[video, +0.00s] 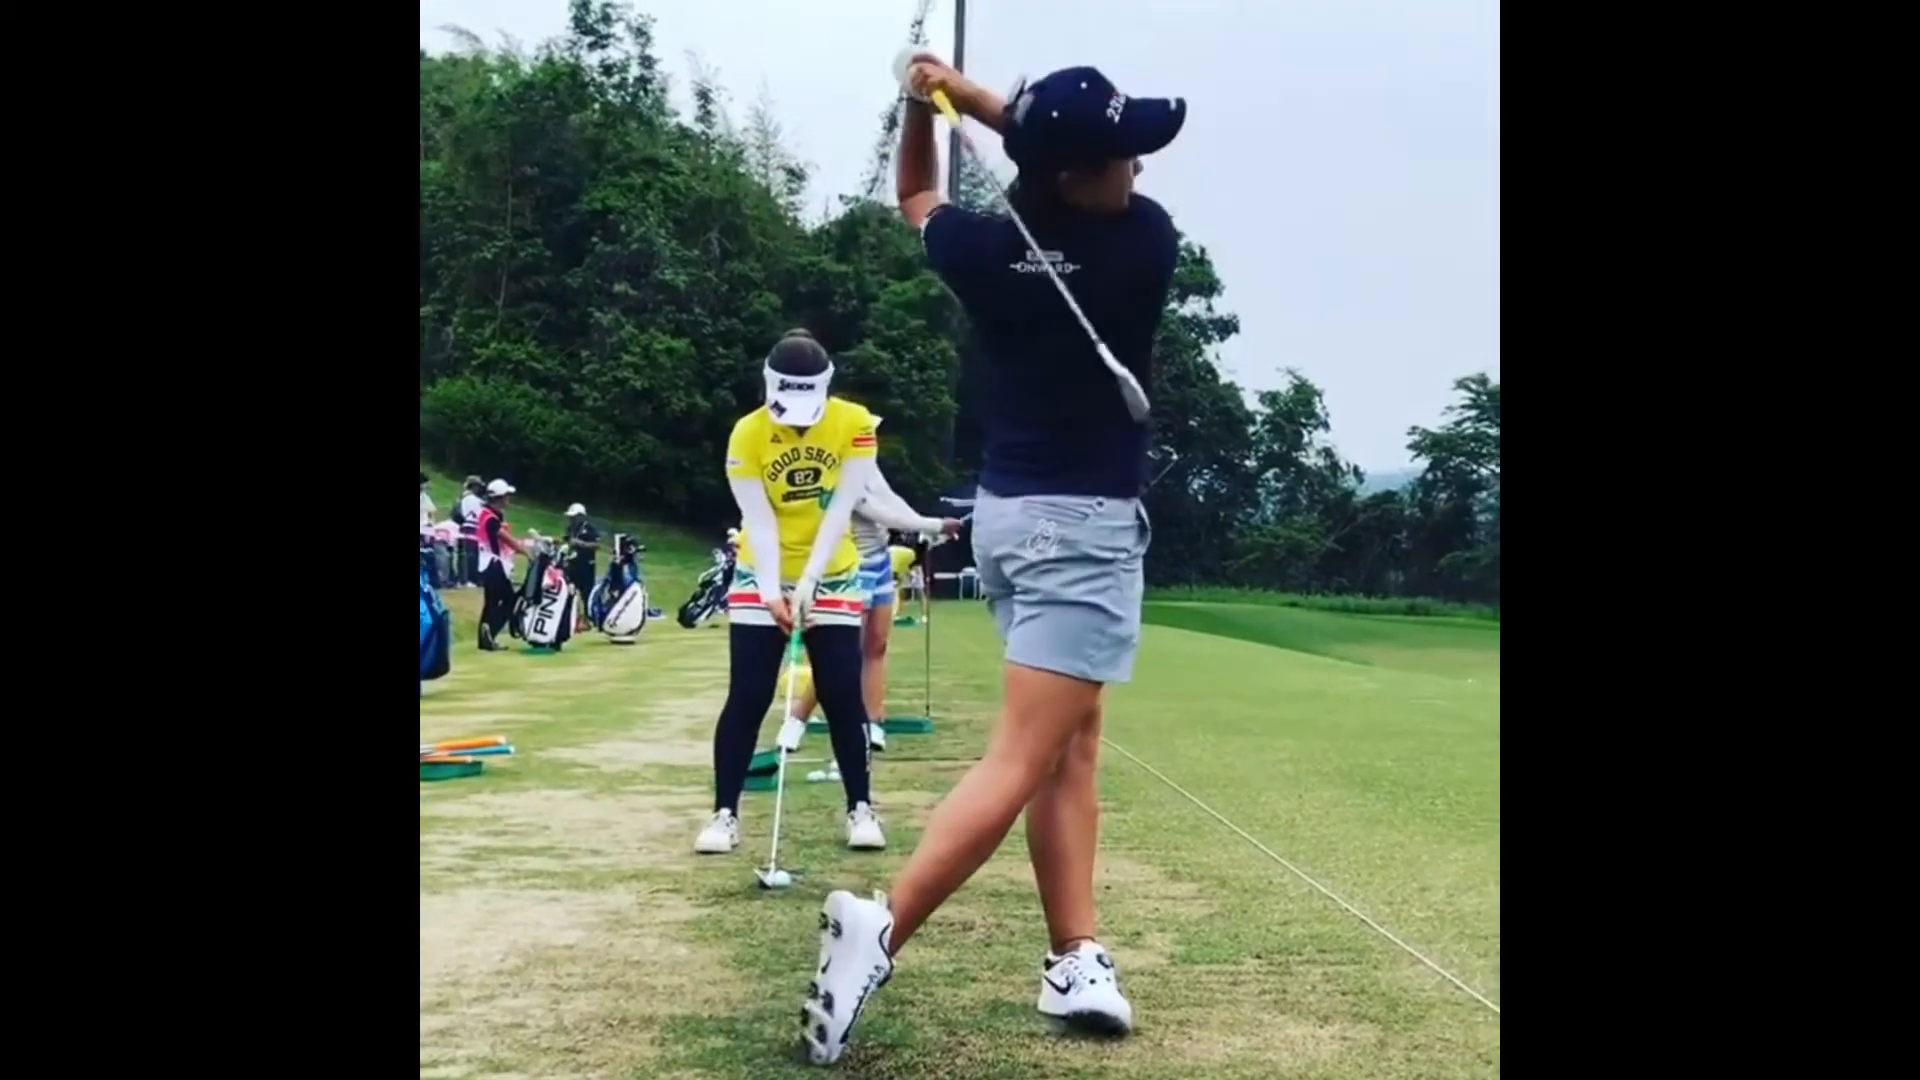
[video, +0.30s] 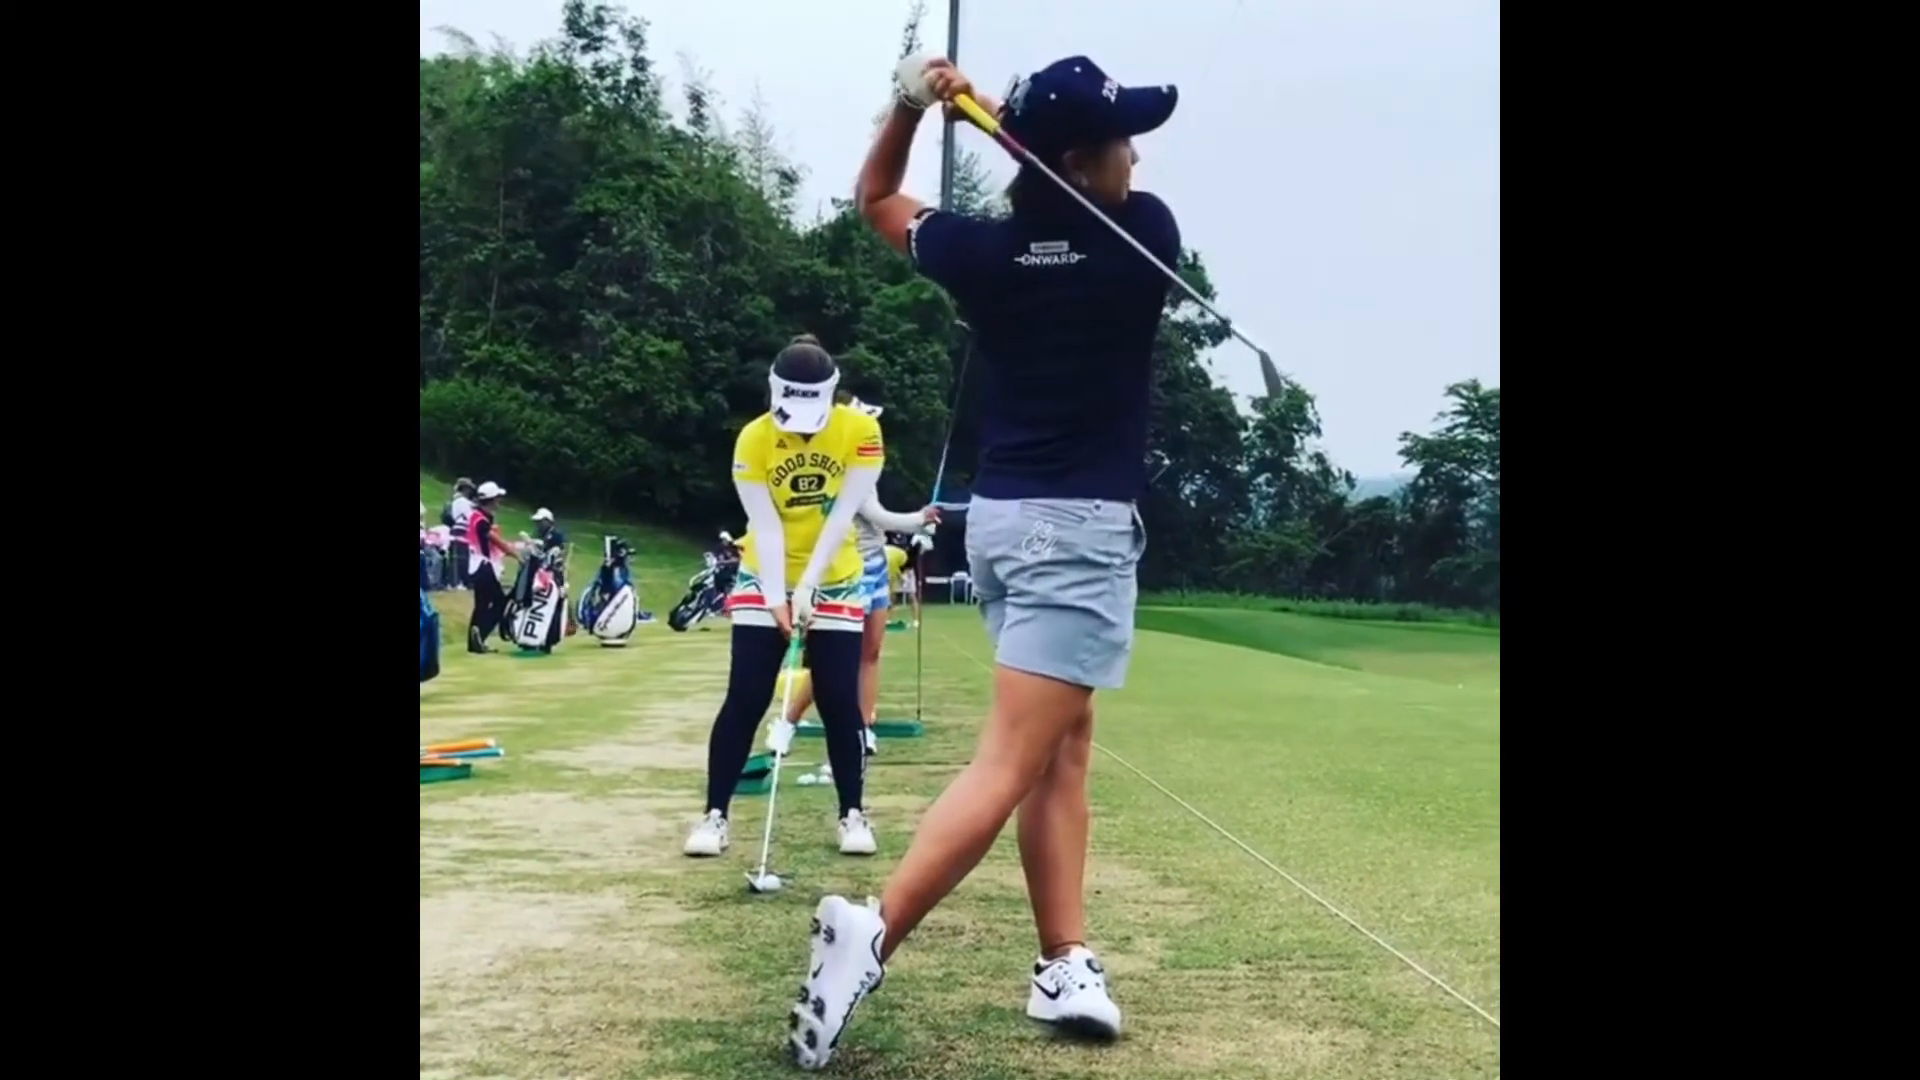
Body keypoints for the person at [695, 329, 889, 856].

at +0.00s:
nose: (795, 414)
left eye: (806, 403)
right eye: (785, 402)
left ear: (825, 387)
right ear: (769, 387)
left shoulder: (855, 424)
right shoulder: (746, 436)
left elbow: (844, 506)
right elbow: (758, 522)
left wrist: (808, 579)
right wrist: (769, 586)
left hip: (834, 575)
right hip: (759, 574)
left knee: (842, 696)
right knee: (747, 696)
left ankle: (860, 808)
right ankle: (724, 814)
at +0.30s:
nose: (799, 421)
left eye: (810, 411)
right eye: (790, 409)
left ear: (831, 394)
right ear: (774, 393)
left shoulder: (861, 431)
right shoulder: (753, 442)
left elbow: (844, 513)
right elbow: (765, 527)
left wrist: (808, 582)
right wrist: (774, 595)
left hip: (835, 580)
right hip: (764, 578)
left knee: (838, 697)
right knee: (746, 696)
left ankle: (852, 814)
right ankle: (714, 815)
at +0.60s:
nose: (789, 426)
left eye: (800, 415)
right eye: (780, 414)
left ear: (819, 398)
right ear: (764, 397)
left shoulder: (849, 435)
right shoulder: (741, 445)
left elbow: (833, 517)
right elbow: (755, 529)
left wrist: (797, 588)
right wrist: (770, 598)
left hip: (823, 587)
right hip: (750, 586)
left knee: (830, 702)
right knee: (736, 702)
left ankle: (849, 816)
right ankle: (710, 820)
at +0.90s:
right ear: (837, 348)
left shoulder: (898, 409)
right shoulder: (806, 408)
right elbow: (809, 501)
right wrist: (819, 567)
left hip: (885, 546)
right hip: (825, 548)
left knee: (877, 680)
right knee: (806, 666)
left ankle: (872, 786)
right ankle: (788, 785)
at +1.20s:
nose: (828, 390)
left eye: (838, 379)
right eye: (818, 378)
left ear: (855, 368)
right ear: (802, 369)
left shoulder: (876, 404)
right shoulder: (779, 416)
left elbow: (892, 488)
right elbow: (788, 503)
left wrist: (855, 562)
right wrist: (806, 572)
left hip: (864, 560)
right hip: (795, 562)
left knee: (868, 692)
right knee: (787, 685)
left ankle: (876, 796)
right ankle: (768, 800)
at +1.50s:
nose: (819, 391)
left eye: (831, 380)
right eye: (810, 380)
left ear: (853, 373)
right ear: (795, 374)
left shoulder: (888, 417)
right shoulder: (778, 424)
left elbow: (881, 500)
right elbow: (786, 509)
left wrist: (840, 568)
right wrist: (802, 575)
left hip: (866, 568)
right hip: (791, 566)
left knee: (872, 694)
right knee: (782, 689)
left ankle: (893, 804)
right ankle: (760, 806)